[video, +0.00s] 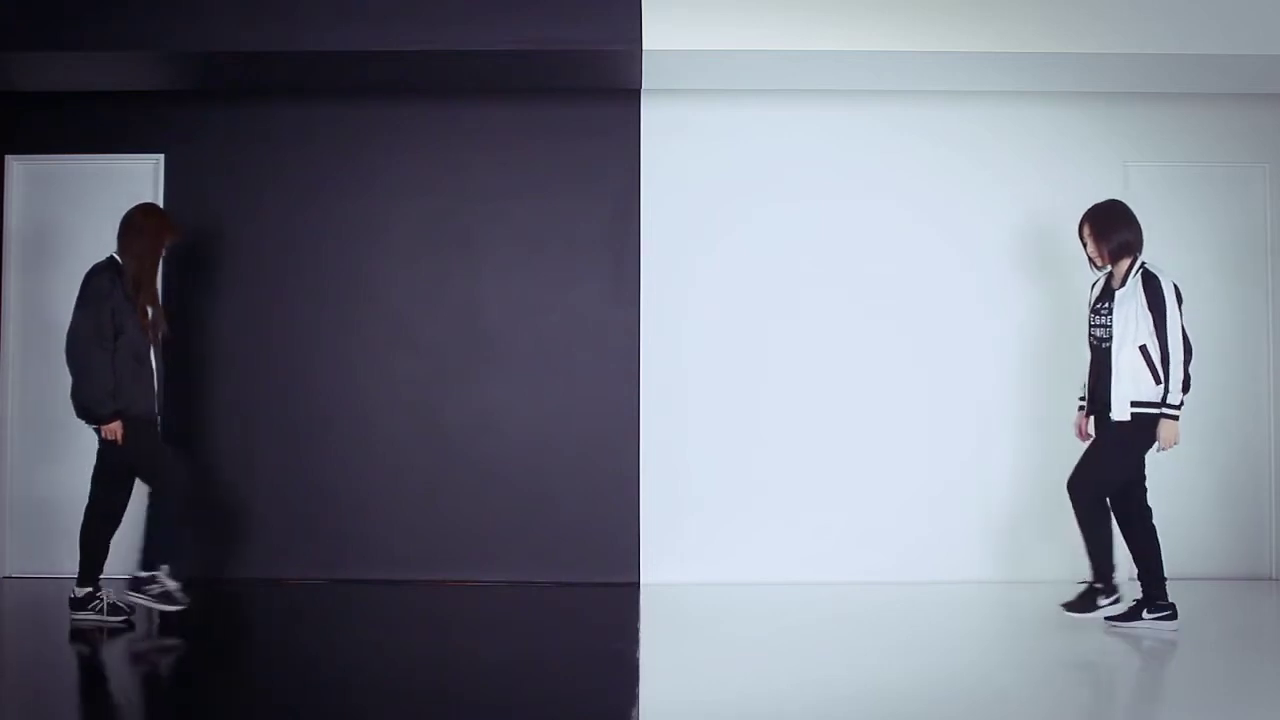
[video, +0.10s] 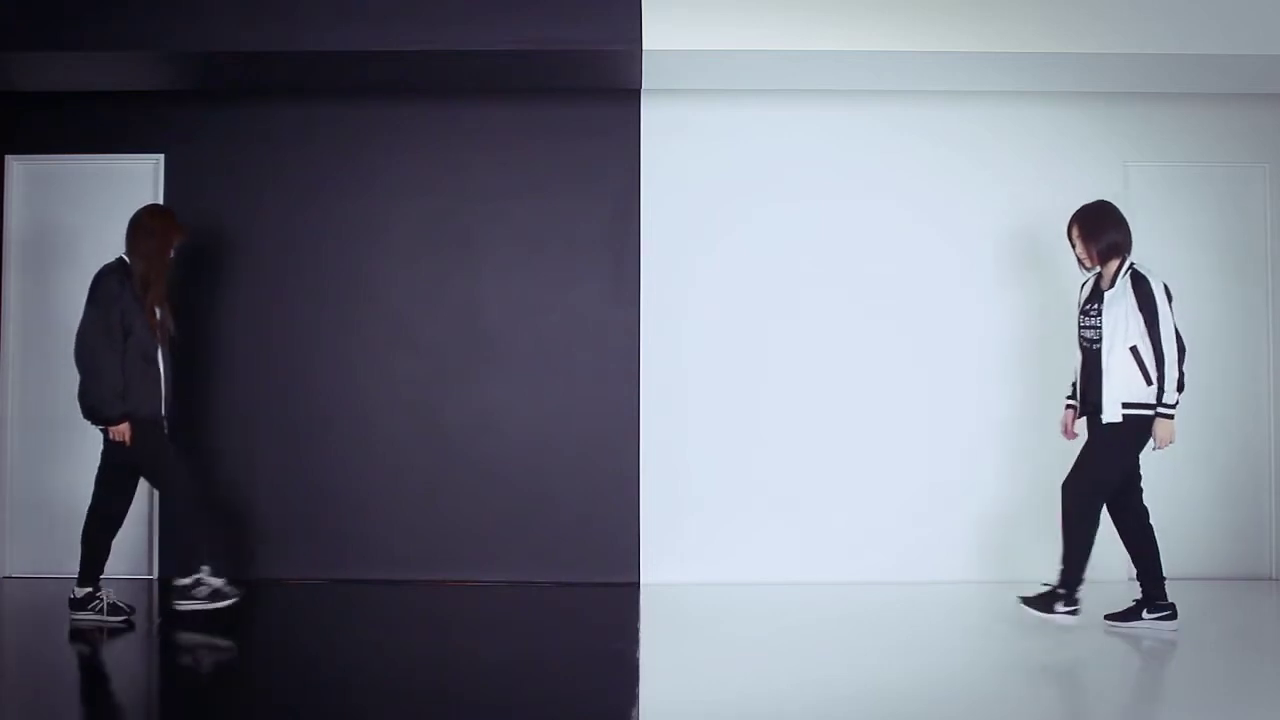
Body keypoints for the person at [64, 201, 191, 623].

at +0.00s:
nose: (162, 255)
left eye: (164, 247)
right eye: (160, 246)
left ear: (136, 240)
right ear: (142, 242)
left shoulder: (132, 282)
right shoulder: (103, 278)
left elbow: (135, 347)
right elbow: (85, 348)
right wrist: (104, 412)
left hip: (136, 415)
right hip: (122, 417)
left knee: (105, 508)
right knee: (173, 481)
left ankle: (86, 593)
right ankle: (151, 573)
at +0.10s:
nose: (173, 255)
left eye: (175, 246)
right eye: (169, 245)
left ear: (152, 244)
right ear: (149, 242)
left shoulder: (155, 285)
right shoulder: (113, 280)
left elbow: (164, 355)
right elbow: (94, 350)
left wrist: (176, 411)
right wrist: (112, 414)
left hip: (148, 418)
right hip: (133, 419)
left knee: (107, 511)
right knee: (182, 487)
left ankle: (86, 593)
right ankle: (195, 576)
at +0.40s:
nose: (214, 263)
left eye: (215, 254)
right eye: (210, 254)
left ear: (188, 250)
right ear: (190, 250)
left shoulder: (185, 294)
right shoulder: (158, 290)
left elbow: (185, 364)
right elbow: (143, 361)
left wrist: (193, 424)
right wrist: (156, 425)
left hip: (180, 427)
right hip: (171, 429)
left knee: (130, 512)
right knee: (205, 511)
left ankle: (89, 590)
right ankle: (244, 587)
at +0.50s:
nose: (233, 260)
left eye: (234, 251)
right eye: (229, 251)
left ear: (204, 248)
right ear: (210, 249)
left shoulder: (209, 290)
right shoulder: (179, 290)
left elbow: (213, 359)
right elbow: (166, 359)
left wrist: (225, 418)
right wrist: (180, 422)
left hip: (213, 421)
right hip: (192, 423)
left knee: (154, 503)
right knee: (226, 506)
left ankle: (100, 582)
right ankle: (251, 590)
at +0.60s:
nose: (253, 257)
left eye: (255, 249)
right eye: (249, 248)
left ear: (226, 247)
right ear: (229, 246)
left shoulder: (232, 288)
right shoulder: (199, 287)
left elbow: (238, 360)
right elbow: (194, 358)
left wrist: (251, 414)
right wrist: (209, 416)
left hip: (241, 420)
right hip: (220, 423)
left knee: (197, 501)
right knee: (239, 504)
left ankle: (131, 565)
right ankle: (253, 590)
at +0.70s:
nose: (273, 254)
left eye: (274, 245)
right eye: (269, 244)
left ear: (242, 240)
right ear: (252, 242)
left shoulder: (248, 284)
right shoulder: (223, 285)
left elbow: (258, 357)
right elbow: (220, 355)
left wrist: (273, 412)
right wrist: (235, 413)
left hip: (260, 416)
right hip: (241, 418)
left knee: (245, 501)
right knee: (248, 503)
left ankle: (181, 553)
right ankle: (253, 592)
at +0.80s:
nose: (291, 253)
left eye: (292, 245)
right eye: (288, 244)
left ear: (259, 238)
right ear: (272, 241)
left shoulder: (261, 281)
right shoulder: (240, 281)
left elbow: (271, 352)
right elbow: (240, 351)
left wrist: (289, 408)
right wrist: (256, 410)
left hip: (279, 413)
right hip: (257, 415)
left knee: (295, 491)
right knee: (258, 497)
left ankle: (233, 546)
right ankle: (256, 591)